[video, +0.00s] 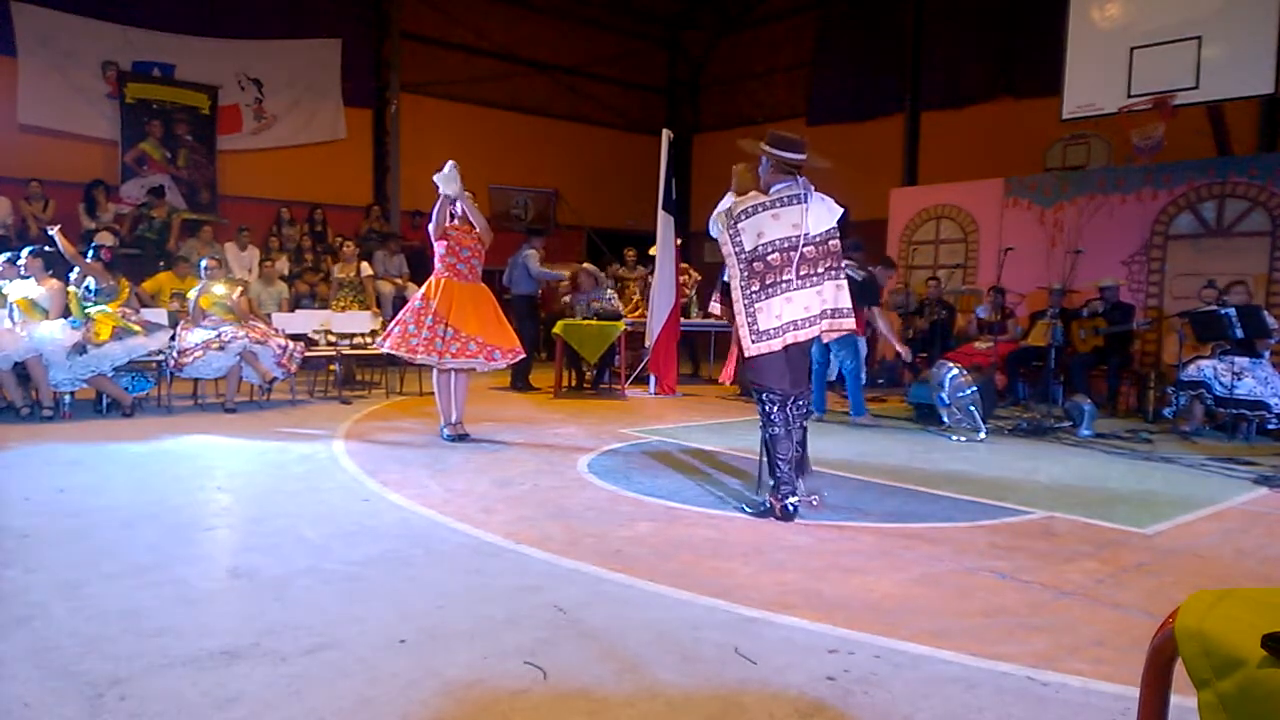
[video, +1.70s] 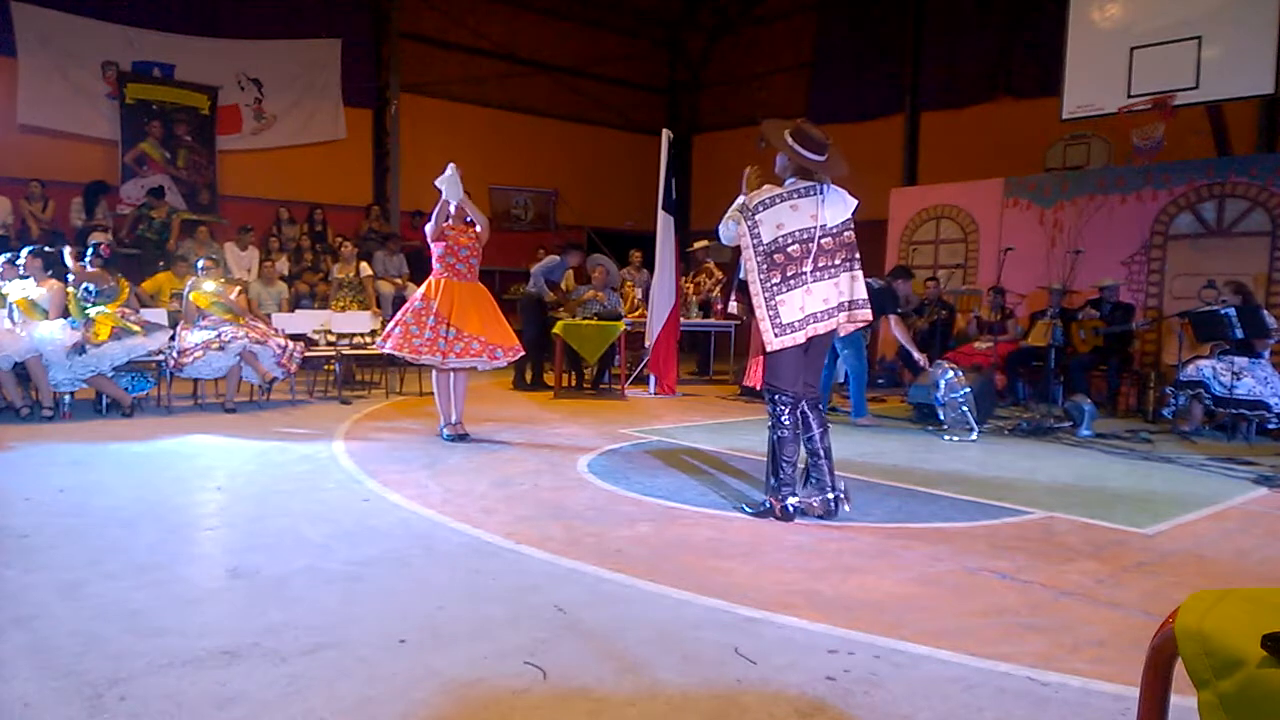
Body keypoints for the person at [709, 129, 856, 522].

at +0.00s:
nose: (759, 168)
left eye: (762, 163)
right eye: (764, 163)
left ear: (769, 167)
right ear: (800, 168)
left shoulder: (750, 210)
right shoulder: (823, 207)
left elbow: (717, 224)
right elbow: (833, 269)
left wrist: (732, 193)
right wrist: (829, 319)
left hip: (764, 320)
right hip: (805, 315)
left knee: (774, 404)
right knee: (798, 399)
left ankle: (784, 494)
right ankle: (794, 483)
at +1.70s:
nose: (775, 155)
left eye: (780, 152)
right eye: (780, 150)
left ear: (789, 159)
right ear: (817, 162)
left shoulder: (764, 202)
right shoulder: (836, 199)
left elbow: (726, 233)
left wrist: (745, 195)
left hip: (783, 316)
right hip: (826, 312)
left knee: (782, 399)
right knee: (810, 397)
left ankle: (781, 495)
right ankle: (826, 491)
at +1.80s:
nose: (781, 154)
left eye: (787, 151)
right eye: (786, 150)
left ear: (795, 160)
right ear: (822, 162)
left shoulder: (766, 203)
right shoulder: (840, 199)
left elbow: (728, 233)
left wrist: (746, 197)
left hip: (783, 318)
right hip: (828, 315)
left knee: (785, 404)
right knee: (817, 404)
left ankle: (782, 495)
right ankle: (828, 495)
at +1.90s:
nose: (787, 154)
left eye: (792, 150)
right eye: (791, 149)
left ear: (799, 159)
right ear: (827, 162)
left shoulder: (773, 201)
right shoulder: (843, 198)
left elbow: (733, 231)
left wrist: (750, 194)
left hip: (788, 317)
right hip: (831, 314)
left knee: (787, 404)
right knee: (820, 403)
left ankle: (781, 496)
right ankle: (828, 495)